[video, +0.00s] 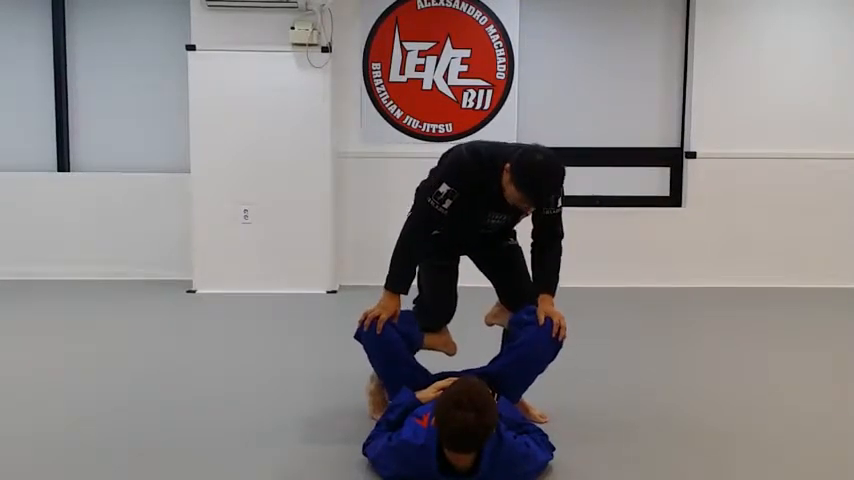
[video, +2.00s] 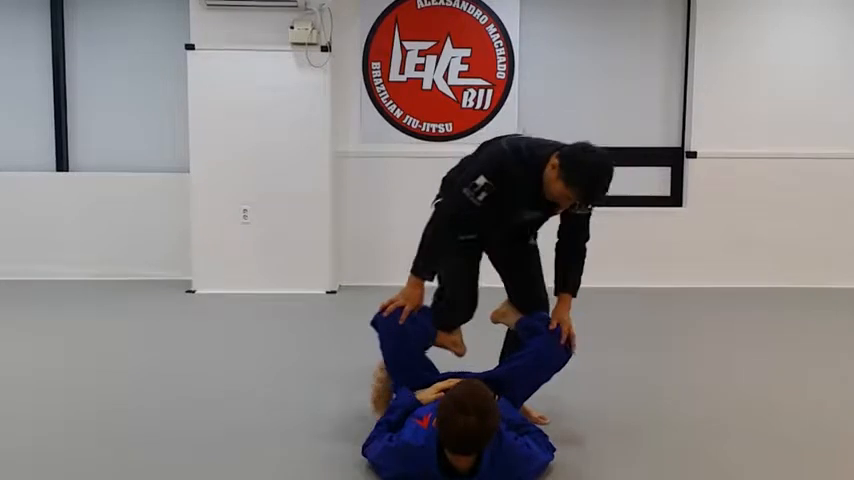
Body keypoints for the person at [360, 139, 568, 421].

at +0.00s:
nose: (527, 209)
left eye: (534, 204)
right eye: (523, 200)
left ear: (548, 191)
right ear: (508, 175)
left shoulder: (547, 181)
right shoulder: (465, 163)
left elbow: (548, 238)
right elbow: (417, 226)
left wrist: (546, 298)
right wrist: (392, 295)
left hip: (493, 233)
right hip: (442, 231)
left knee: (526, 305)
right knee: (437, 313)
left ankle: (508, 392)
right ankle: (384, 373)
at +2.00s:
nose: (566, 207)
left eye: (576, 203)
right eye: (566, 196)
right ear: (553, 167)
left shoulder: (581, 183)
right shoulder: (501, 160)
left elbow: (573, 239)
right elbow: (446, 215)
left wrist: (564, 304)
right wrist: (416, 283)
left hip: (513, 229)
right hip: (464, 221)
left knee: (534, 311)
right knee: (458, 308)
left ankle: (509, 398)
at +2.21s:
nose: (575, 198)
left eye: (584, 194)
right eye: (574, 187)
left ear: (595, 189)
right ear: (563, 160)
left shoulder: (587, 180)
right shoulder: (513, 156)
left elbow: (580, 233)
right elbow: (458, 213)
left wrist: (571, 292)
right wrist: (425, 281)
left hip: (520, 231)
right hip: (472, 220)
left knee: (535, 311)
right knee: (483, 295)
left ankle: (508, 398)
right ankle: (403, 318)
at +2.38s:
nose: (577, 193)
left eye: (586, 189)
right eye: (576, 182)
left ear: (598, 183)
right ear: (566, 154)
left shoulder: (588, 175)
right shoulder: (517, 153)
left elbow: (584, 228)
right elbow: (462, 211)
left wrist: (575, 286)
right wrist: (430, 279)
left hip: (526, 234)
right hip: (478, 223)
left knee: (538, 316)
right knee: (502, 295)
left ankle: (510, 399)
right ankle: (431, 291)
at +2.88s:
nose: (581, 186)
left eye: (589, 181)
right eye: (580, 175)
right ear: (568, 147)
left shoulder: (583, 171)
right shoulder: (517, 154)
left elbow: (576, 220)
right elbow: (464, 212)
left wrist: (557, 273)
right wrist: (433, 282)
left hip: (522, 237)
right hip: (478, 230)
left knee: (542, 311)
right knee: (519, 305)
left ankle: (508, 396)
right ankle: (458, 320)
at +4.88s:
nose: (582, 163)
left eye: (591, 159)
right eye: (582, 152)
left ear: (601, 155)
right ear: (567, 127)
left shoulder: (577, 163)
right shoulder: (513, 141)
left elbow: (576, 214)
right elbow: (461, 197)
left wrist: (575, 270)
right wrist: (438, 269)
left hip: (517, 240)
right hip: (473, 234)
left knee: (542, 314)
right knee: (511, 299)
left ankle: (505, 395)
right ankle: (435, 282)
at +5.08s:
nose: (595, 152)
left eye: (603, 147)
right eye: (591, 141)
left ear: (608, 147)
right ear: (568, 125)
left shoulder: (577, 166)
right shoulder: (516, 145)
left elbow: (575, 218)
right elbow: (463, 202)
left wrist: (577, 275)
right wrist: (443, 274)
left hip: (517, 242)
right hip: (474, 236)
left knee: (546, 316)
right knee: (509, 310)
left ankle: (506, 398)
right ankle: (431, 287)